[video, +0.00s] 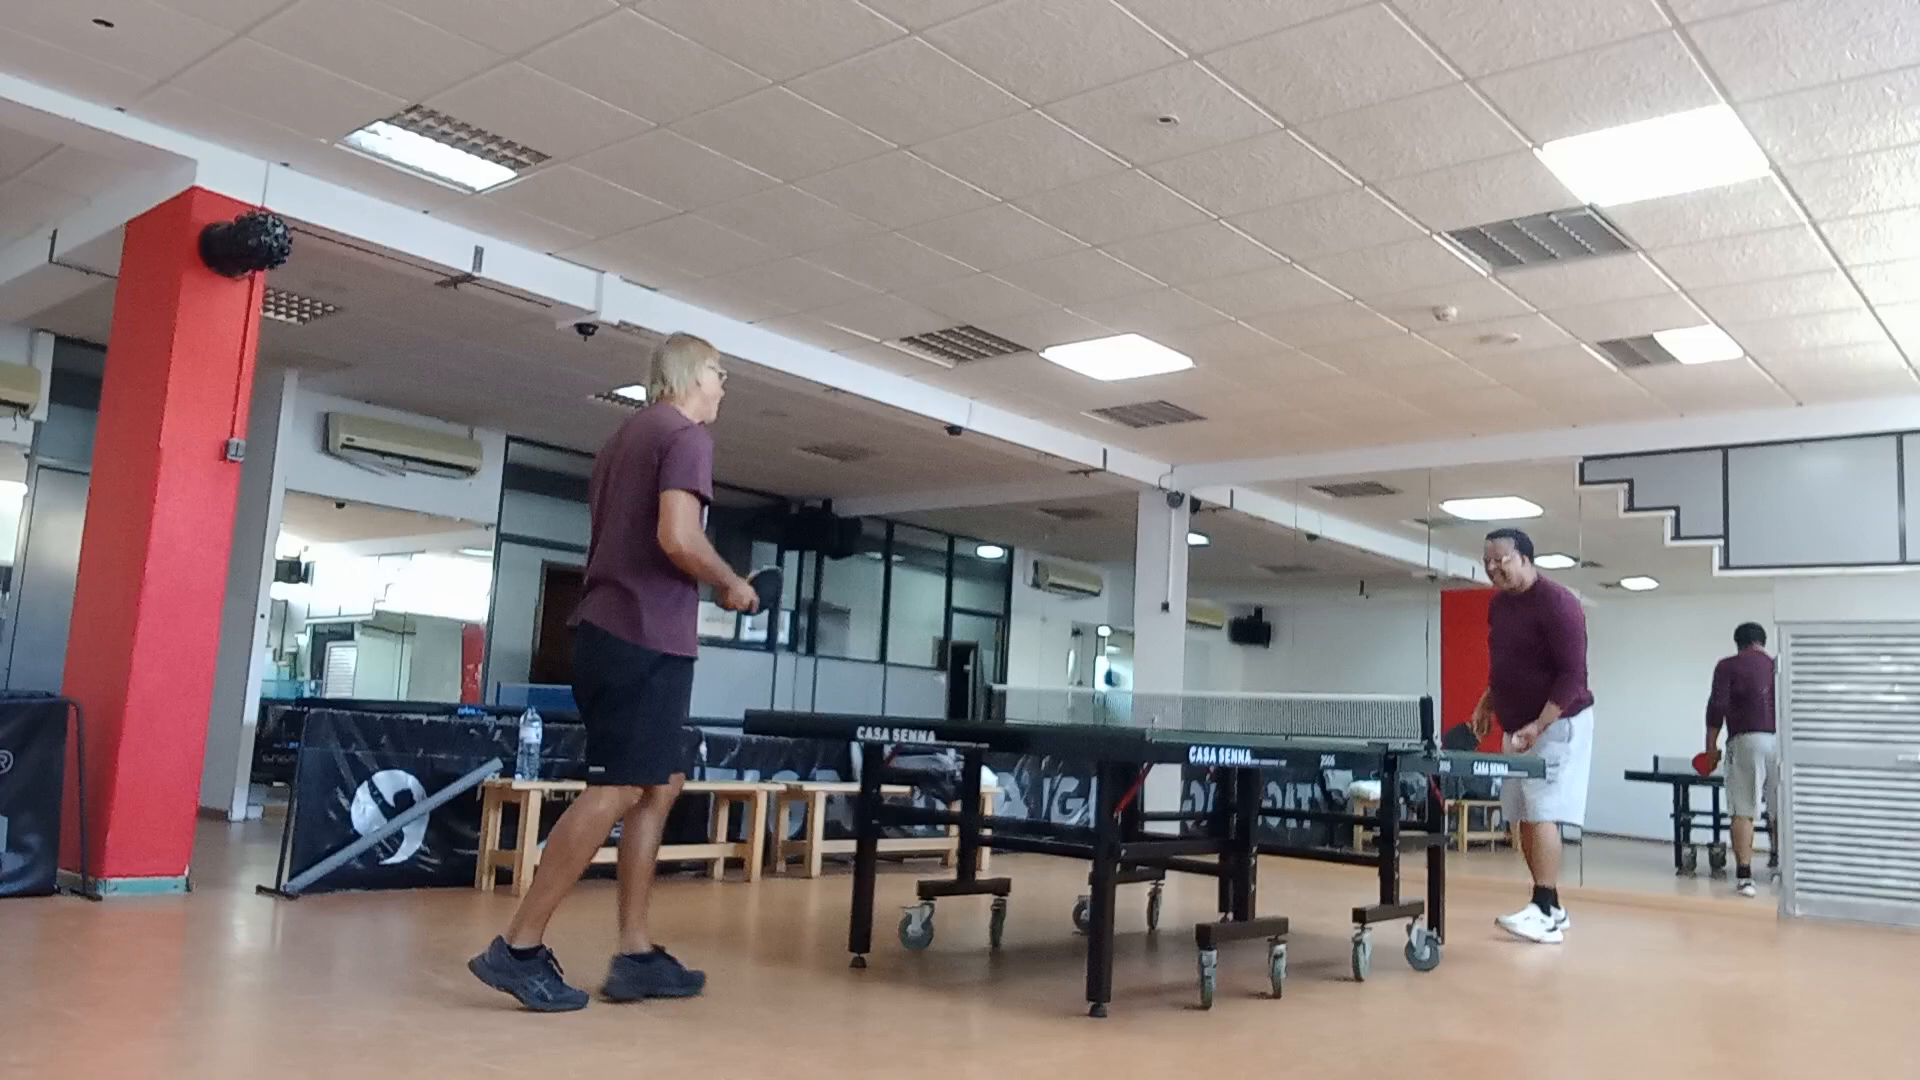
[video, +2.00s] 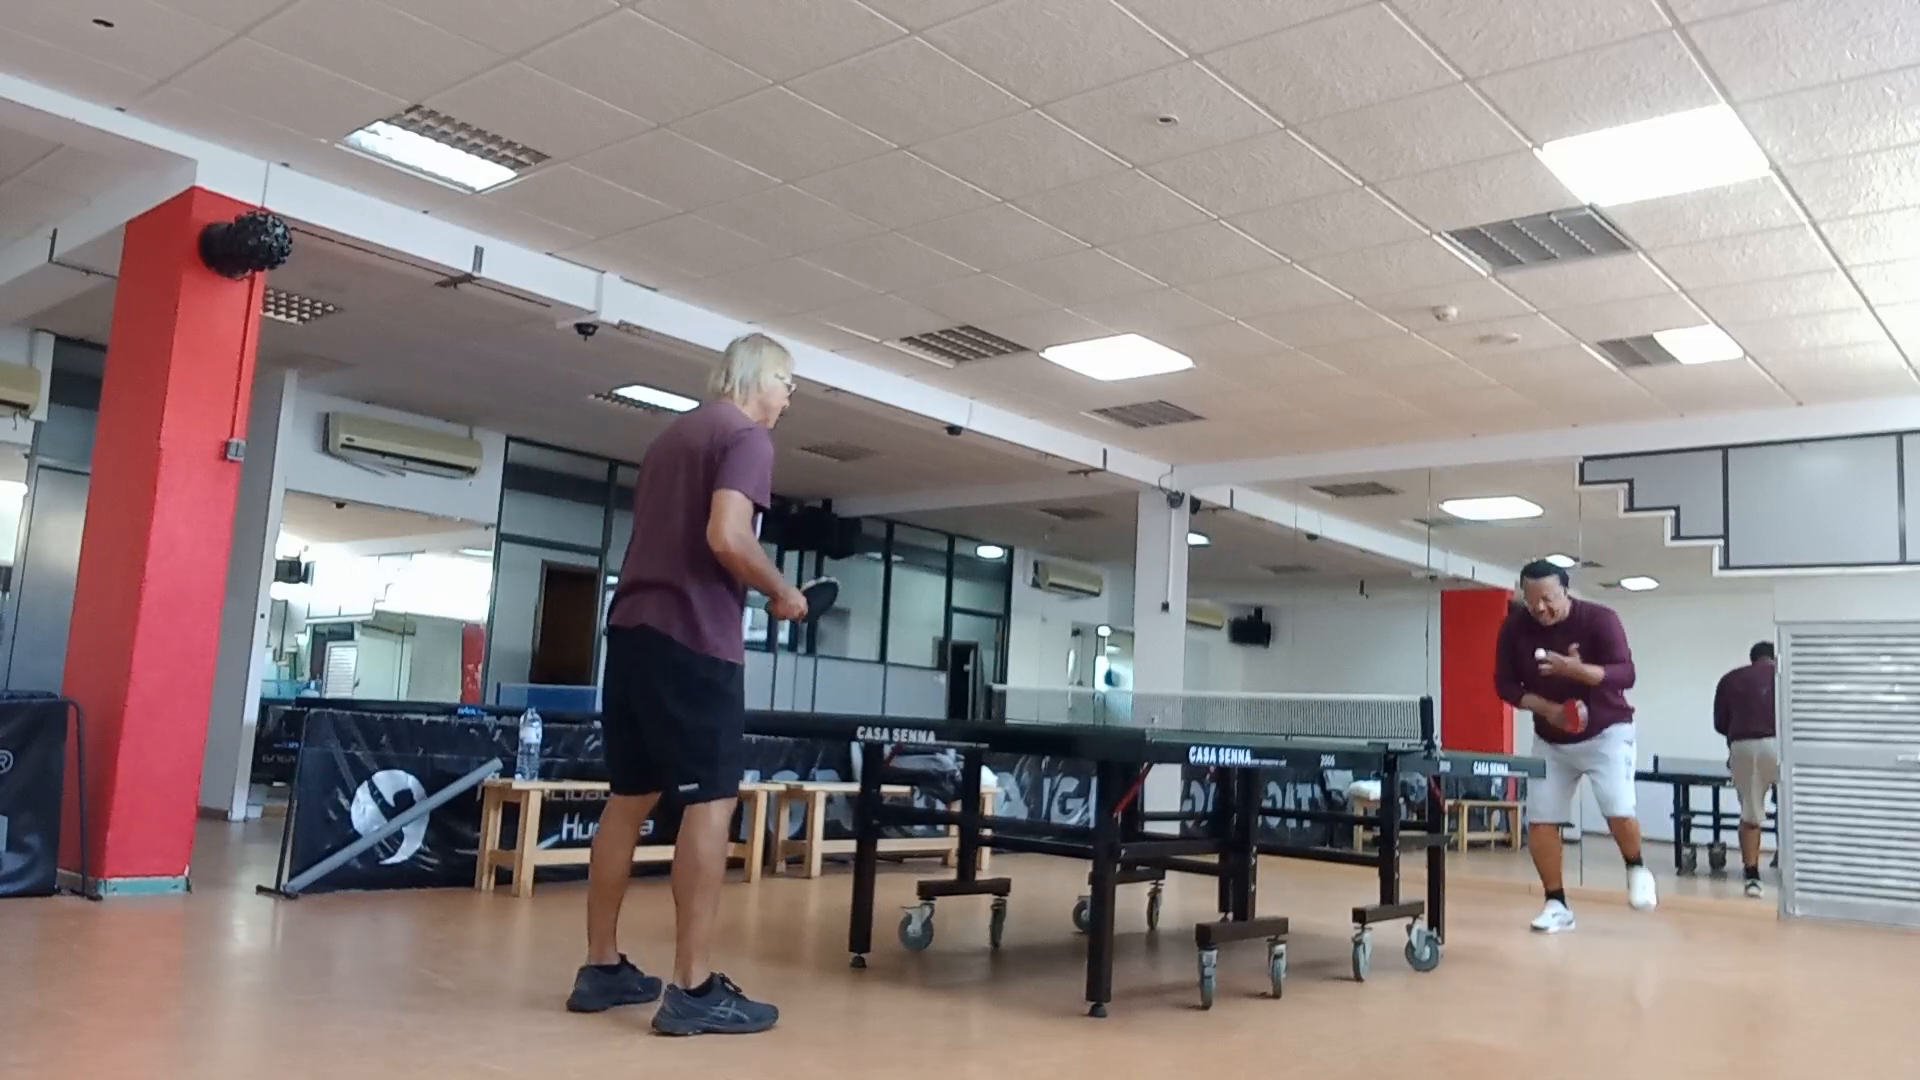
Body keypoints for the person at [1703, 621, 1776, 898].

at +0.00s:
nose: (1762, 648)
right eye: (1763, 644)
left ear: (1738, 644)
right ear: (1761, 643)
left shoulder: (1728, 665)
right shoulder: (1777, 665)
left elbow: (1717, 706)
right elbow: (1787, 703)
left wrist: (1711, 747)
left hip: (1745, 741)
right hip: (1778, 740)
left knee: (1742, 810)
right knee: (1779, 809)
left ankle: (1745, 877)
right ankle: (1780, 867)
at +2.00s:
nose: (1772, 663)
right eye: (1773, 658)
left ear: (1751, 658)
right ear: (1774, 658)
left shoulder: (1730, 678)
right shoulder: (1783, 675)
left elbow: (1720, 723)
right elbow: (1793, 713)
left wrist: (1742, 733)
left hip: (1741, 745)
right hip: (1776, 744)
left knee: (1750, 814)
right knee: (1791, 805)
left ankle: (1751, 876)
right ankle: (1785, 859)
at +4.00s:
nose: (1771, 656)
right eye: (1774, 651)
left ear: (1755, 651)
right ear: (1777, 650)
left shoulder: (1735, 676)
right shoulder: (1791, 673)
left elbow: (1711, 715)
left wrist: (1715, 744)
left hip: (1748, 751)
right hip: (1785, 751)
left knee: (1725, 814)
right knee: (1800, 811)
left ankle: (1706, 868)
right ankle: (1797, 868)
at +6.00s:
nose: (1745, 666)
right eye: (1746, 663)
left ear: (1719, 661)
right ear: (1744, 662)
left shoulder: (1699, 684)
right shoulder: (1759, 682)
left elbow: (1685, 726)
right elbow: (1782, 721)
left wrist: (1699, 751)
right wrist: (1790, 752)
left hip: (1711, 753)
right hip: (1750, 753)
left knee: (1699, 812)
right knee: (1778, 816)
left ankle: (1681, 867)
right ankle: (1794, 875)